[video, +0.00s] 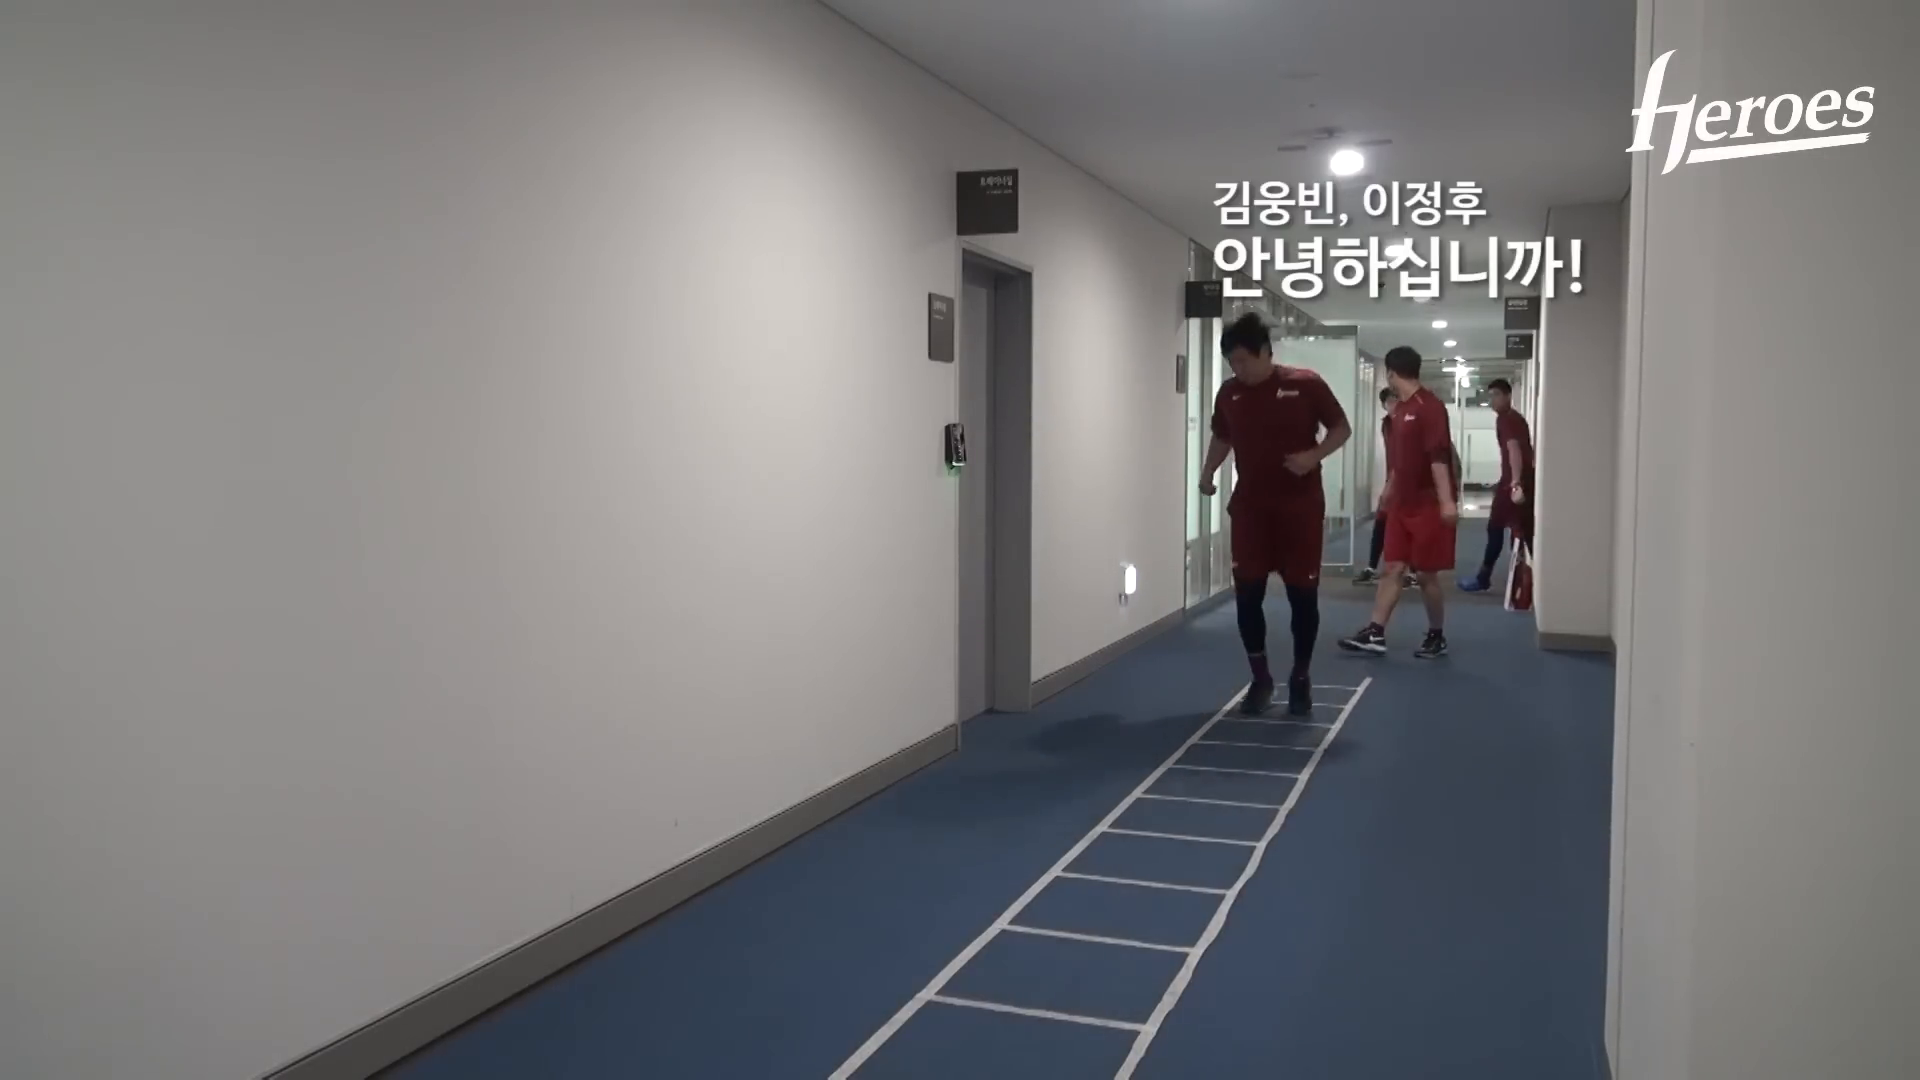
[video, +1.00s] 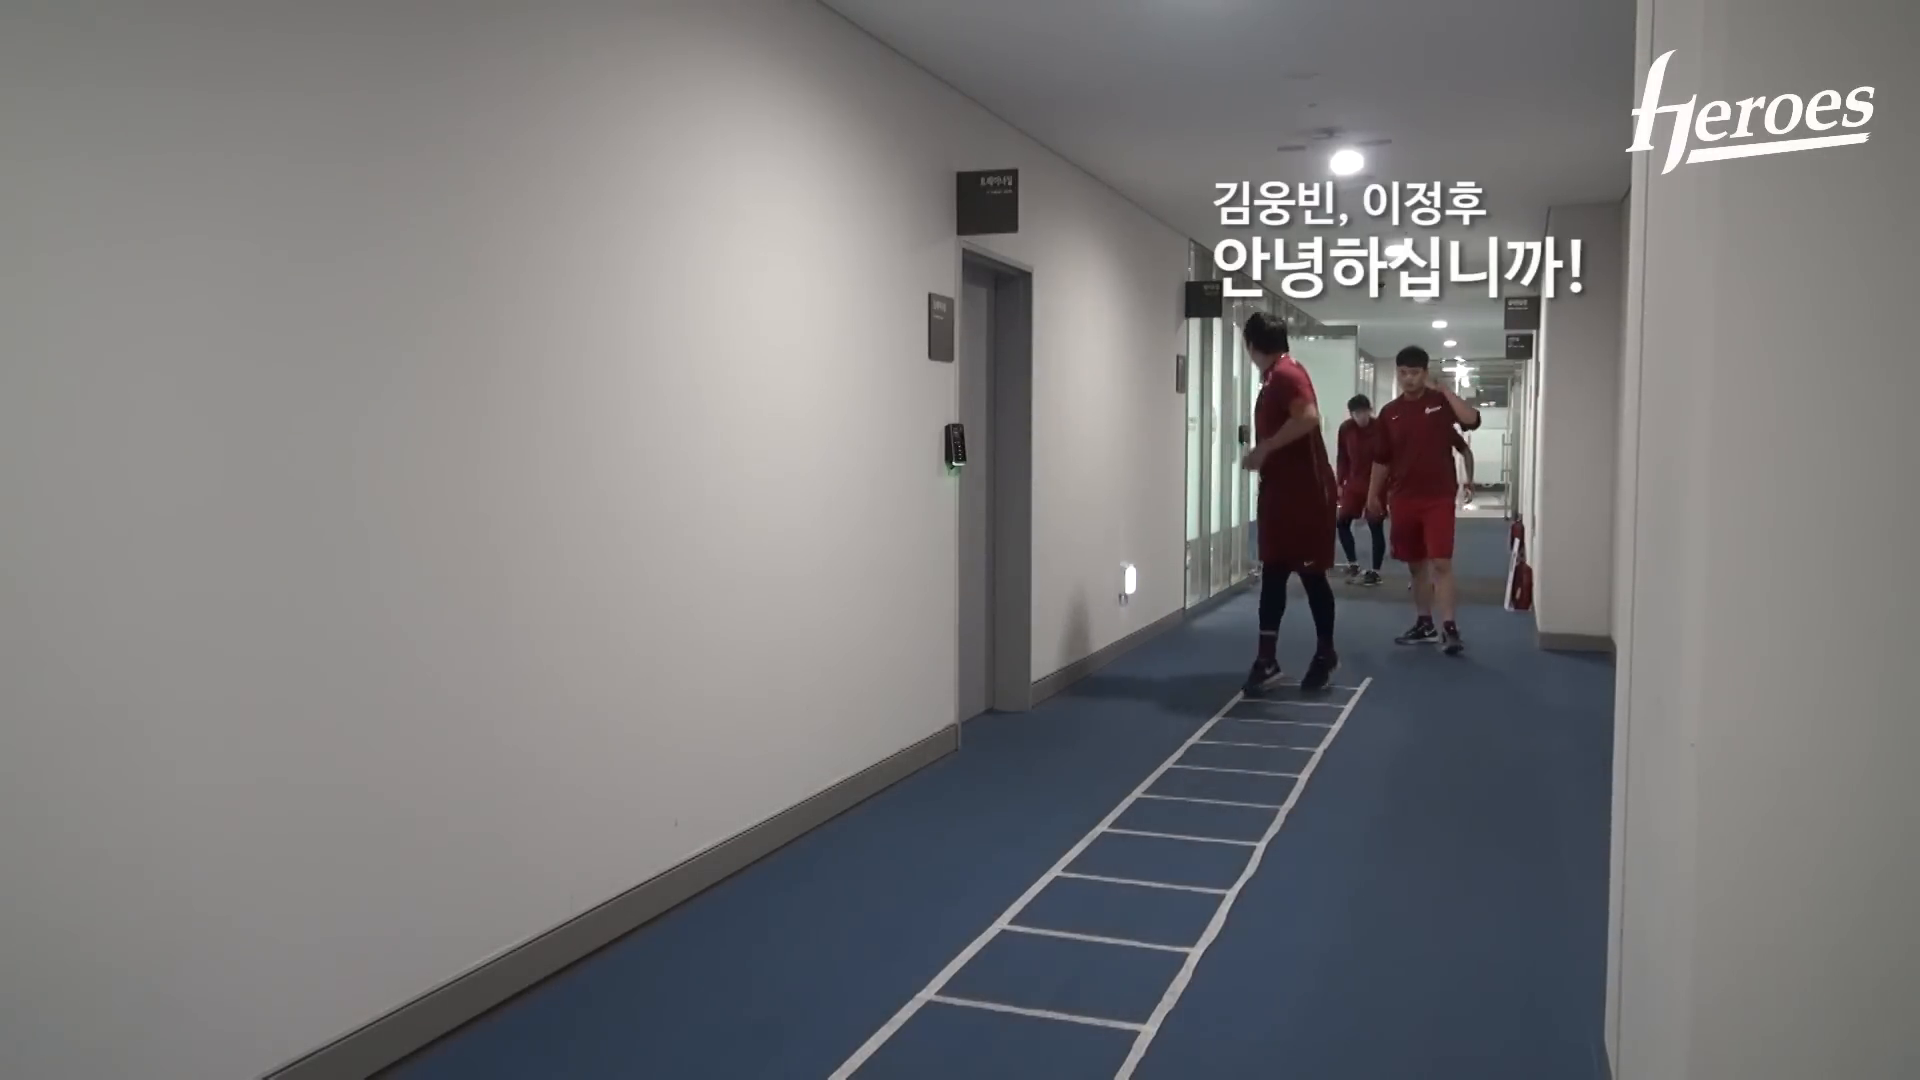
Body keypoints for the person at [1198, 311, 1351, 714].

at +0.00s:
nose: (1235, 368)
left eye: (1240, 360)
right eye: (1231, 361)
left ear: (1263, 353)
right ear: (1230, 357)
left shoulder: (1306, 384)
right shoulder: (1229, 393)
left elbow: (1341, 429)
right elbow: (1222, 437)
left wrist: (1315, 455)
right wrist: (1208, 471)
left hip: (1300, 510)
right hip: (1250, 508)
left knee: (1303, 598)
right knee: (1247, 597)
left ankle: (1300, 678)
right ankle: (1261, 680)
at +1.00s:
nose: (1247, 353)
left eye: (1247, 346)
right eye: (1248, 346)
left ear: (1254, 346)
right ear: (1280, 341)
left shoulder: (1286, 373)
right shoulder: (1281, 375)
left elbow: (1308, 416)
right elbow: (1302, 428)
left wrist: (1265, 448)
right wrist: (1262, 455)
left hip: (1301, 495)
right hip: (1282, 495)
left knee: (1312, 573)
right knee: (1273, 573)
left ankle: (1326, 652)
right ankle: (1266, 658)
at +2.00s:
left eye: (1231, 362)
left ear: (1231, 363)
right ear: (1261, 361)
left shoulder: (1229, 398)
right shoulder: (1285, 397)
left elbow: (1226, 442)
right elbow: (1306, 450)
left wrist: (1216, 489)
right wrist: (1286, 475)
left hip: (1245, 498)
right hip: (1284, 498)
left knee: (1217, 571)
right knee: (1287, 573)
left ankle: (1198, 648)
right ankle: (1293, 653)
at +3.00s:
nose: (1235, 368)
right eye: (1236, 363)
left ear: (1207, 366)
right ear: (1238, 367)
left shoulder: (1190, 397)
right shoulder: (1247, 399)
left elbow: (1173, 442)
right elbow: (1278, 408)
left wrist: (1164, 481)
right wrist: (1255, 380)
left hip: (1194, 486)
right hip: (1232, 488)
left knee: (1186, 560)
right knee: (1226, 564)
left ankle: (1186, 625)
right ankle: (1223, 634)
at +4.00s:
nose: (1270, 377)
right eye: (1270, 372)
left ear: (1245, 375)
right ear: (1272, 373)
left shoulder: (1231, 402)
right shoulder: (1283, 400)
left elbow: (1215, 443)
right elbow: (1313, 413)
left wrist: (1208, 476)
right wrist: (1290, 385)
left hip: (1233, 489)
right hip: (1270, 488)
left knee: (1232, 553)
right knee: (1295, 545)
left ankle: (1227, 618)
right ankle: (1284, 611)